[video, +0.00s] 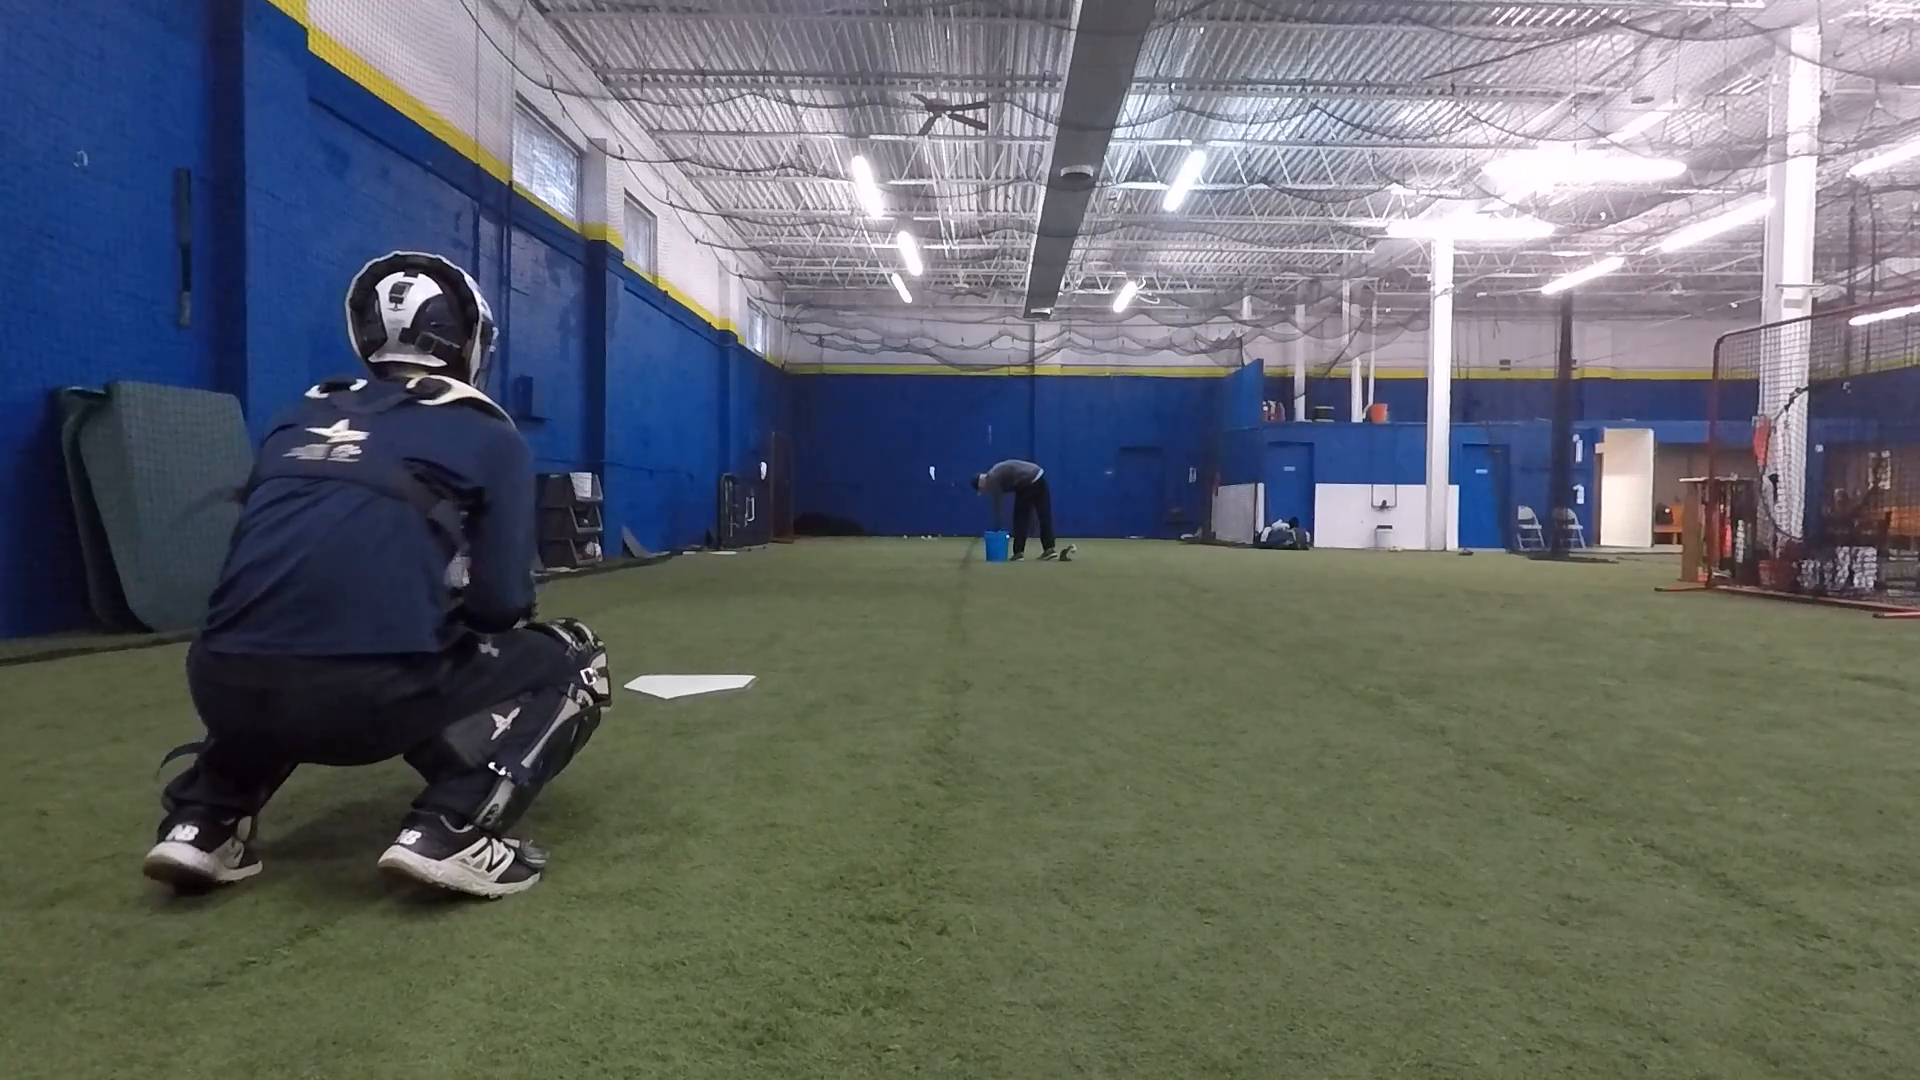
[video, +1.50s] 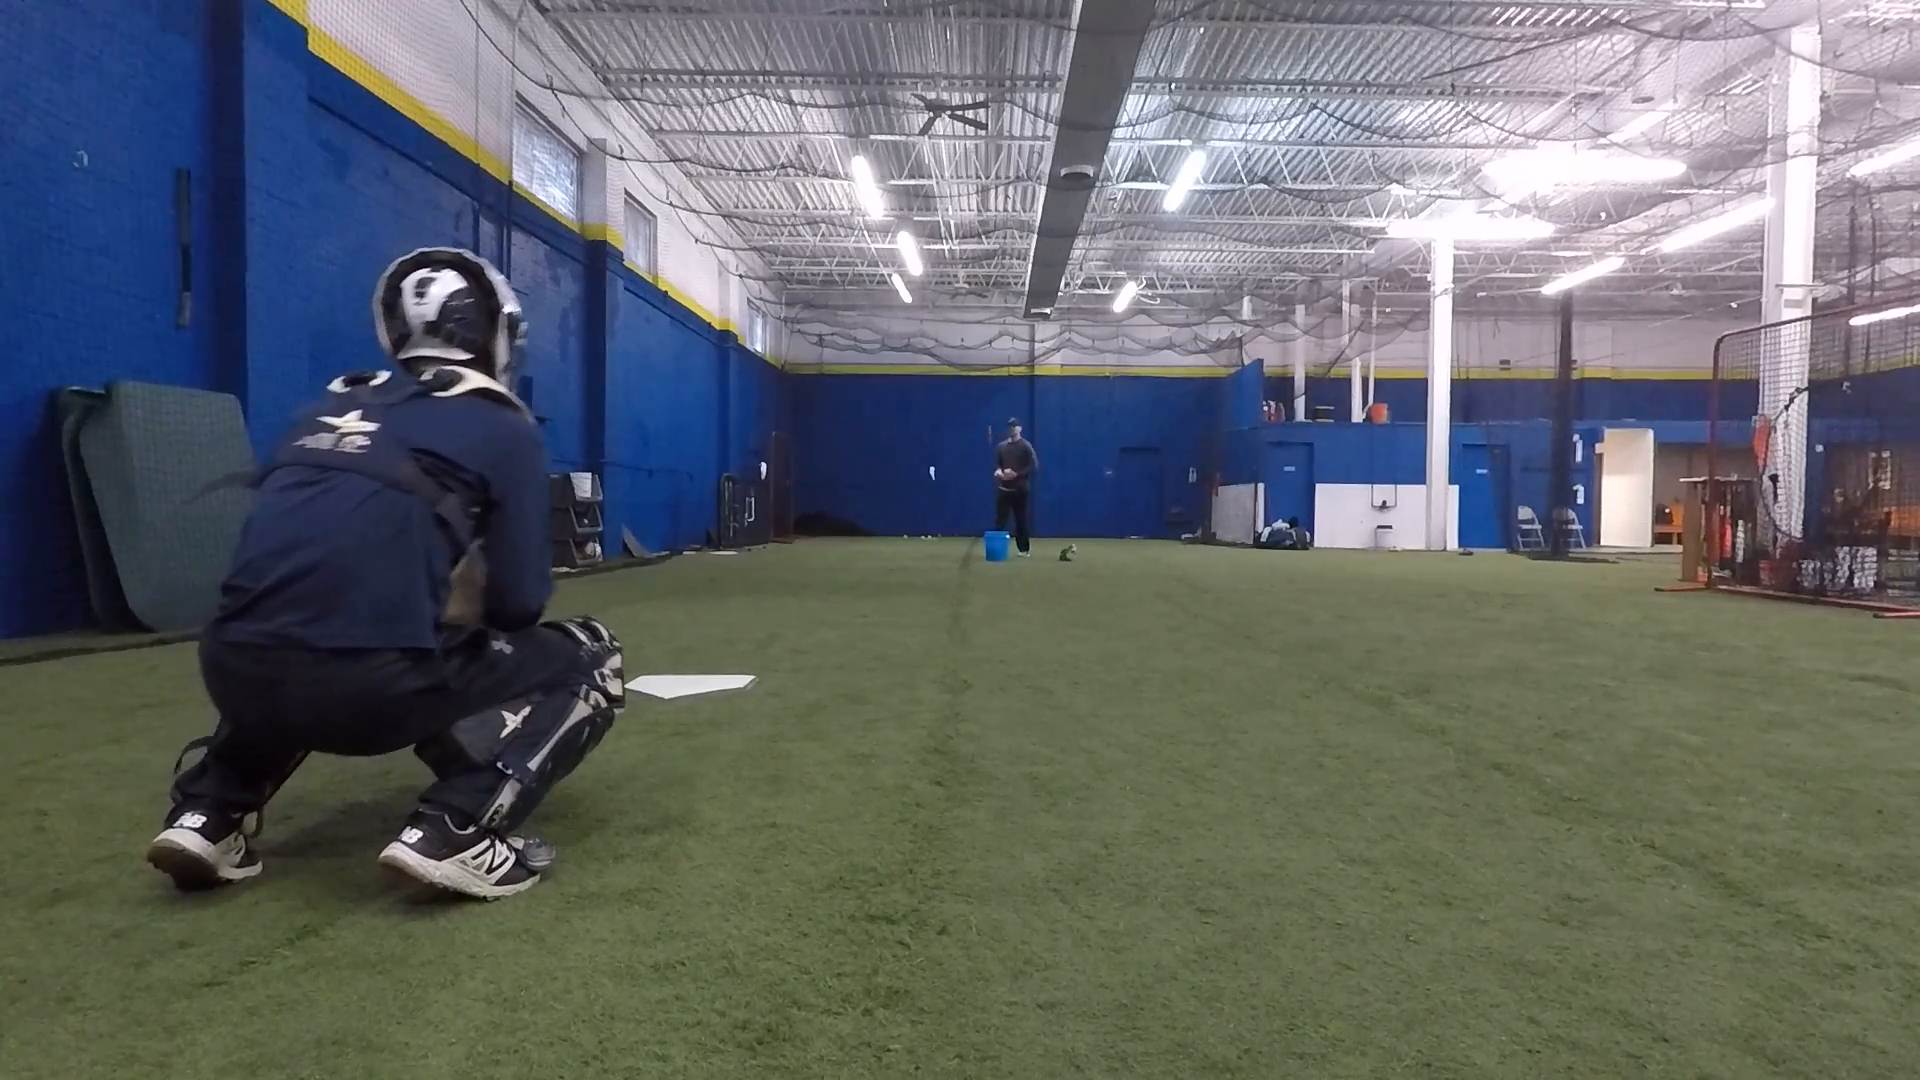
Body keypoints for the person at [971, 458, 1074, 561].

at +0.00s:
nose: (985, 492)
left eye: (982, 490)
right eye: (982, 491)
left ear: (982, 482)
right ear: (982, 480)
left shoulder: (993, 480)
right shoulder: (993, 478)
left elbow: (997, 506)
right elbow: (997, 507)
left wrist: (998, 531)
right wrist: (999, 531)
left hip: (1036, 480)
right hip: (1021, 486)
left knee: (1044, 516)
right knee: (1020, 520)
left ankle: (1049, 549)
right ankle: (1018, 552)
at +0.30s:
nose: (980, 474)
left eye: (978, 471)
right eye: (977, 473)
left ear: (979, 465)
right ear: (980, 462)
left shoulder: (992, 466)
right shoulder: (991, 465)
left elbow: (1001, 490)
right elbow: (999, 491)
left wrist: (998, 513)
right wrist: (997, 513)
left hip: (1033, 481)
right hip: (1019, 484)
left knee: (1035, 517)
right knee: (1018, 519)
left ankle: (1048, 547)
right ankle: (1017, 551)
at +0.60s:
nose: (981, 448)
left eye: (980, 445)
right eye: (979, 445)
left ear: (983, 441)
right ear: (988, 436)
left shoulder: (995, 449)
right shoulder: (1002, 443)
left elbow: (1006, 468)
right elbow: (1010, 466)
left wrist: (996, 478)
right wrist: (1001, 479)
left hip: (1017, 483)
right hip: (1024, 480)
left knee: (1008, 515)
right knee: (1012, 514)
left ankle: (1017, 549)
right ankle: (1019, 543)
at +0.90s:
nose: (986, 437)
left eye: (986, 434)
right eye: (984, 435)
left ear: (992, 431)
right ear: (985, 435)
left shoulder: (1003, 444)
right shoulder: (994, 446)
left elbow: (1014, 464)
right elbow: (1000, 465)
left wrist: (998, 472)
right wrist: (990, 473)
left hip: (1011, 486)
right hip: (1003, 486)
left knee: (1007, 516)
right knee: (997, 516)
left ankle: (1019, 545)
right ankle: (995, 547)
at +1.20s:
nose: (996, 431)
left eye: (998, 427)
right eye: (994, 428)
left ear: (1004, 427)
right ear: (992, 431)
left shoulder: (1014, 444)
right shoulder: (992, 447)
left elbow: (1020, 464)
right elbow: (991, 462)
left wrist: (1001, 469)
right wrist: (989, 468)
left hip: (1011, 487)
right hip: (997, 488)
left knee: (1010, 516)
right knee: (996, 517)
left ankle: (1025, 541)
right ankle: (995, 546)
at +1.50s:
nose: (1013, 429)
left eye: (1016, 427)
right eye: (1011, 427)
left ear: (1020, 428)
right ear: (1008, 429)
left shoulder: (1025, 446)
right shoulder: (1001, 446)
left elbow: (1034, 465)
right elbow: (998, 463)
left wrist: (1016, 474)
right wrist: (999, 471)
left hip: (1020, 489)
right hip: (1004, 489)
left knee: (1021, 520)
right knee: (1001, 519)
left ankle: (1024, 549)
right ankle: (997, 548)